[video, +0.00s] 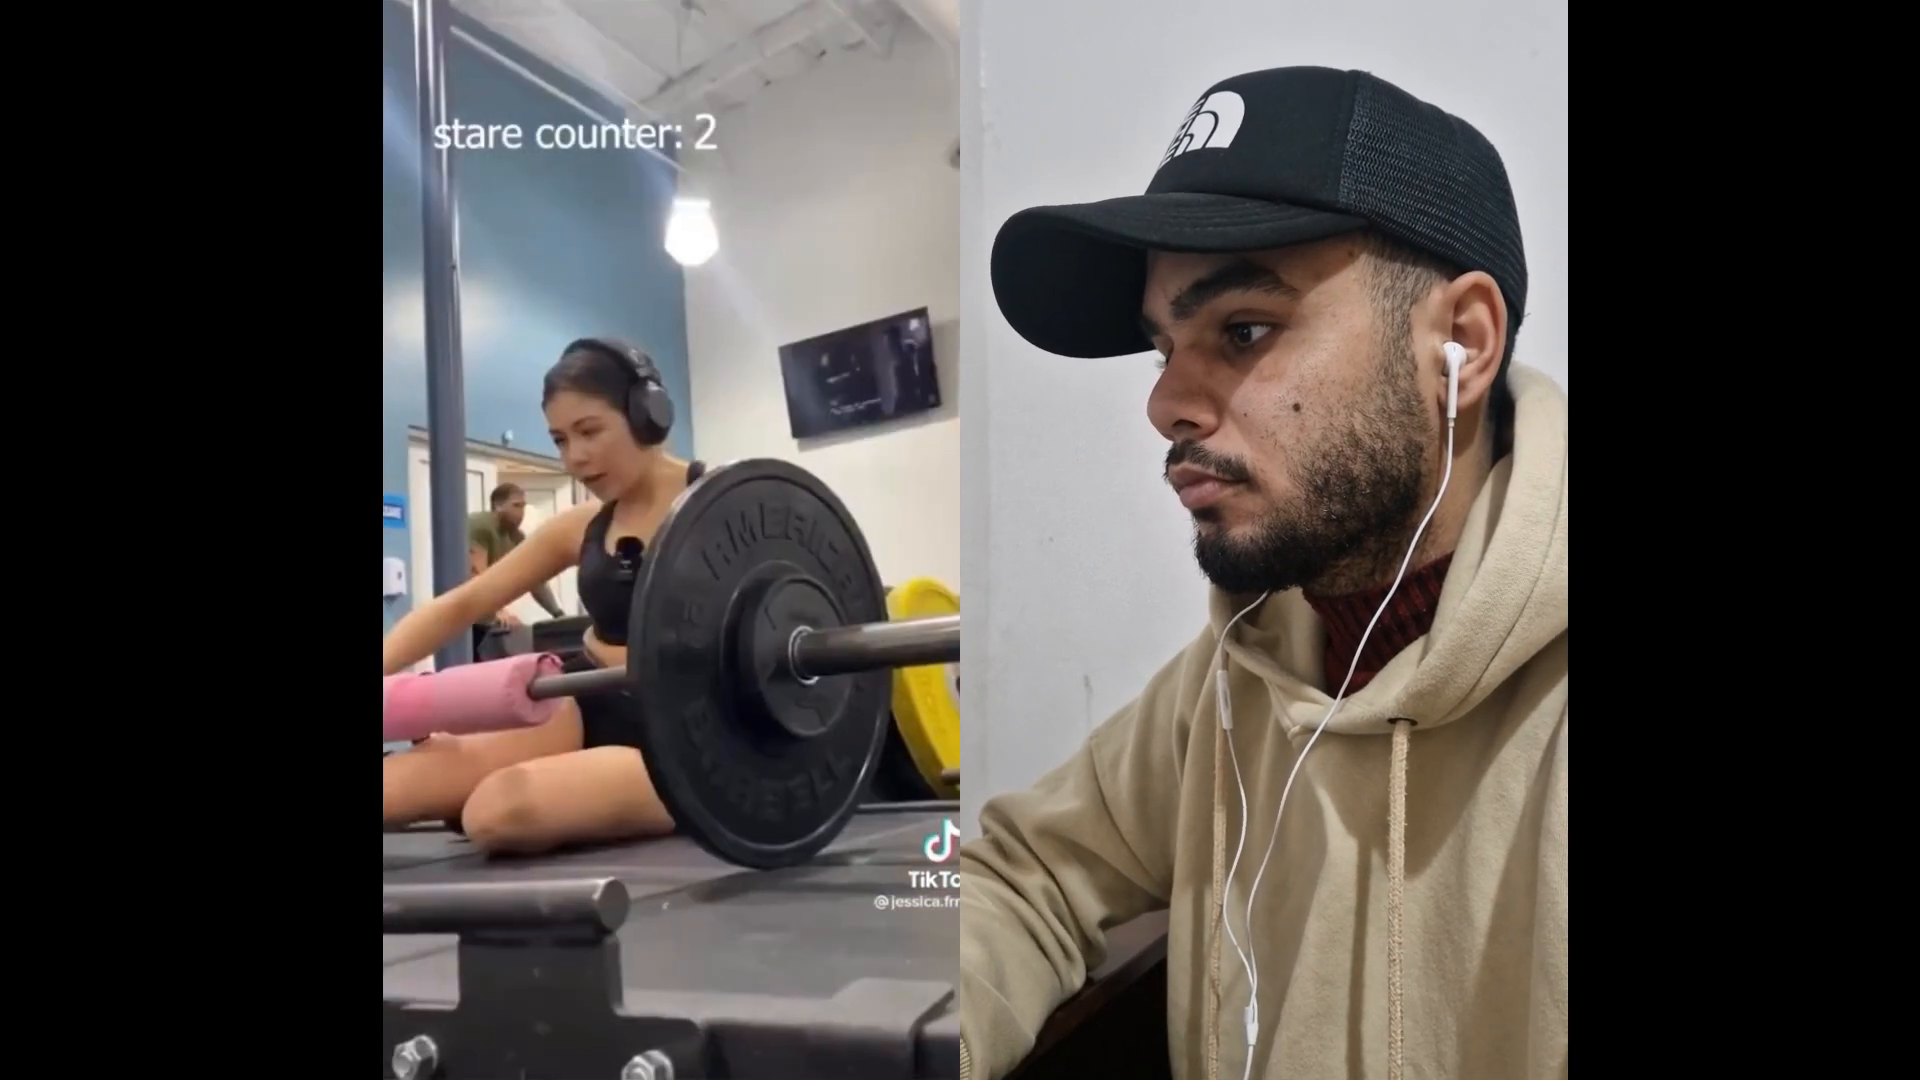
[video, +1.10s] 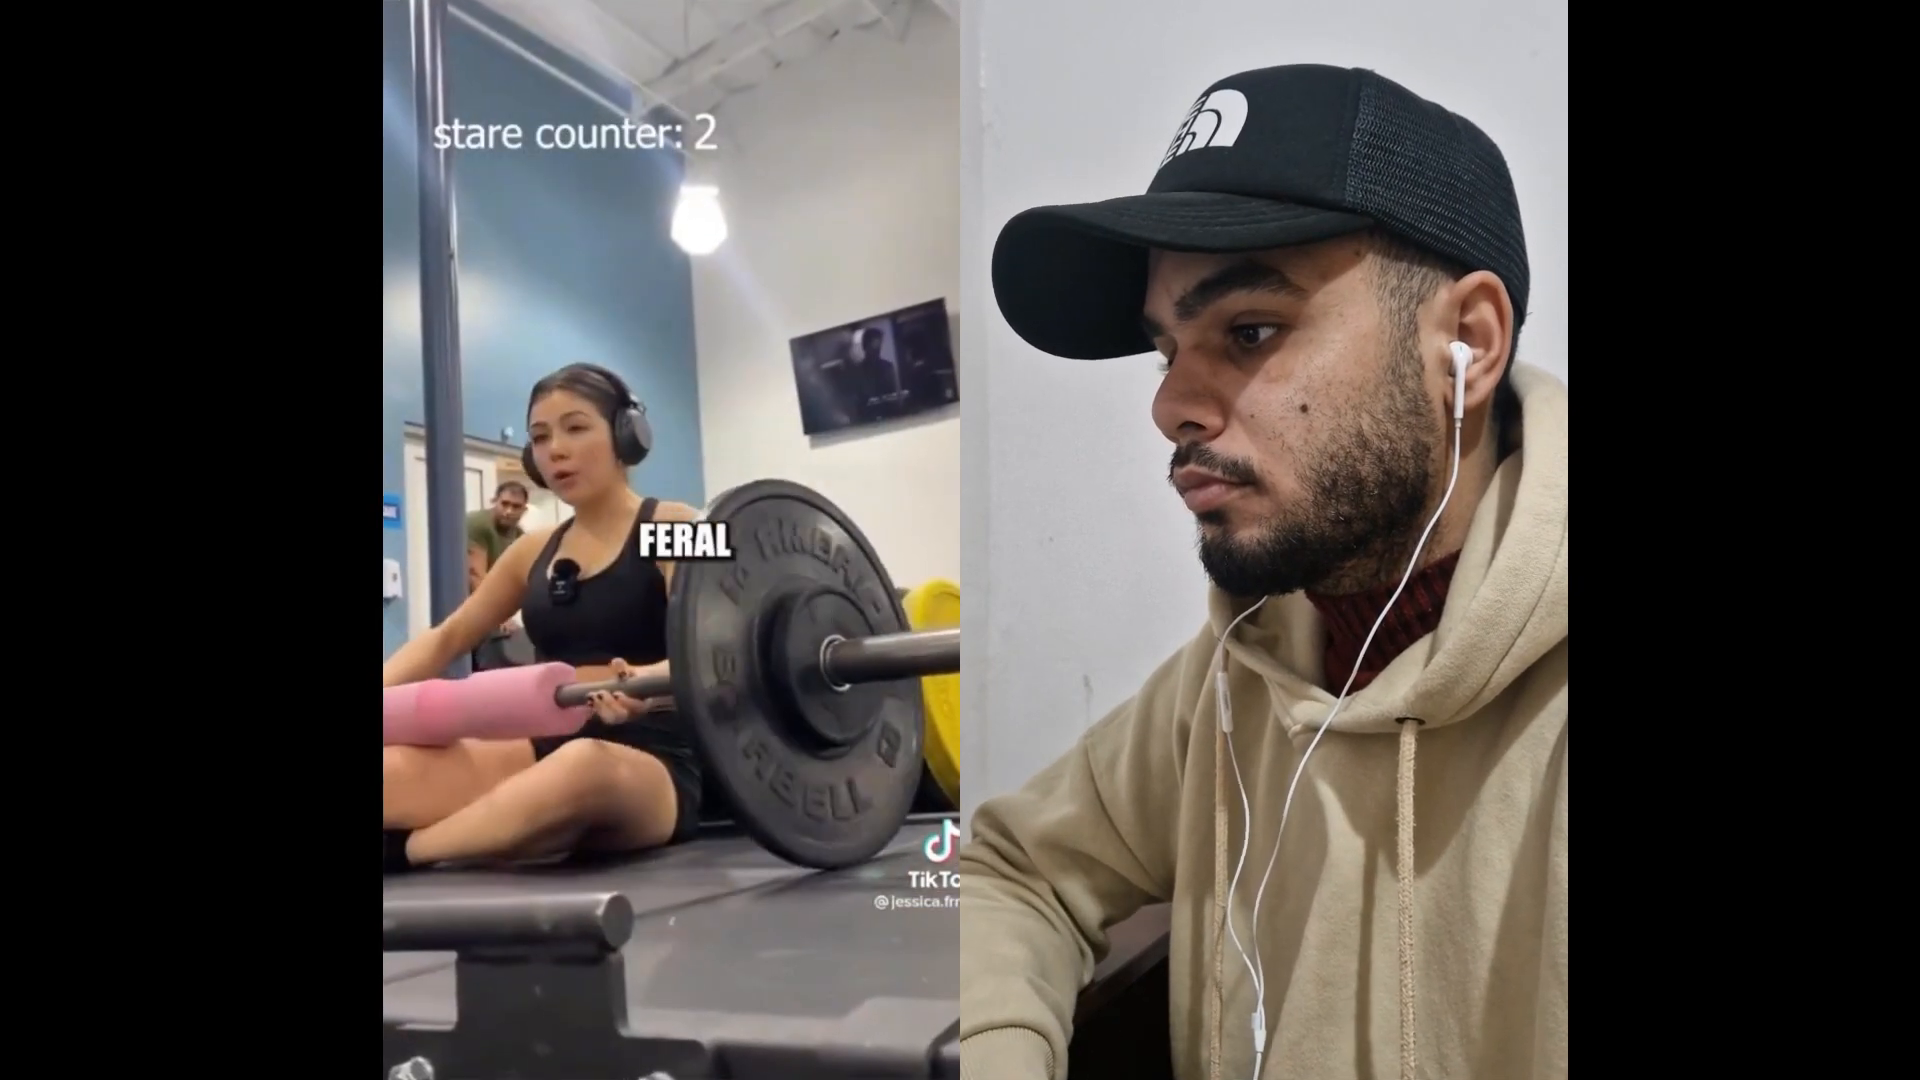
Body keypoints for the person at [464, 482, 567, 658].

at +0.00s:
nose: (521, 512)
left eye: (523, 506)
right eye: (516, 506)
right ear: (498, 506)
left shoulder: (517, 538)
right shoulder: (480, 527)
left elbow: (536, 582)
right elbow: (477, 575)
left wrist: (558, 614)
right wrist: (499, 610)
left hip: (486, 617)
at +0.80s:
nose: (509, 511)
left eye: (515, 507)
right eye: (504, 504)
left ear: (521, 510)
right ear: (491, 503)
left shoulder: (517, 536)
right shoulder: (476, 525)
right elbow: (476, 574)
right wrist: (499, 613)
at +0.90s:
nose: (508, 511)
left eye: (515, 507)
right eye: (503, 504)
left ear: (521, 510)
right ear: (492, 503)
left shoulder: (516, 536)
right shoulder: (477, 524)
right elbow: (476, 572)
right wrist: (499, 613)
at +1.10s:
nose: (509, 512)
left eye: (516, 507)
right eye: (504, 504)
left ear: (524, 509)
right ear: (495, 502)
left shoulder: (520, 537)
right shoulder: (478, 525)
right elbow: (476, 575)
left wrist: (507, 614)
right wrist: (500, 616)